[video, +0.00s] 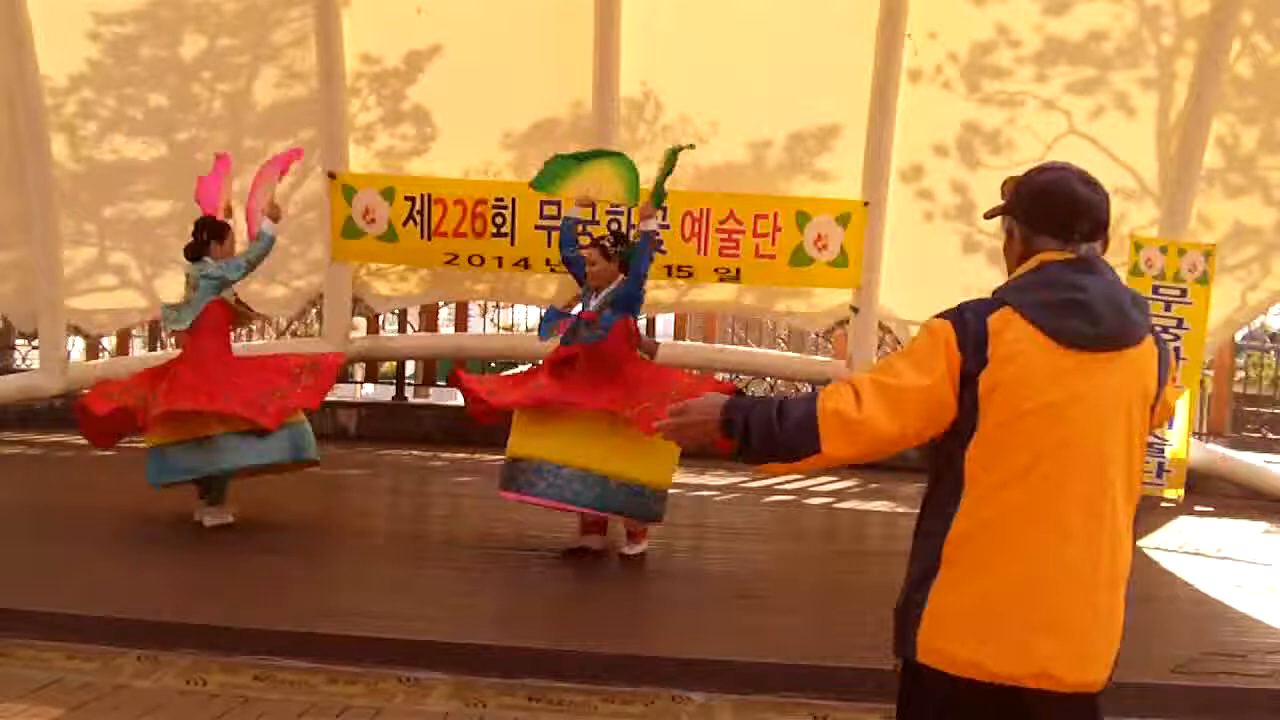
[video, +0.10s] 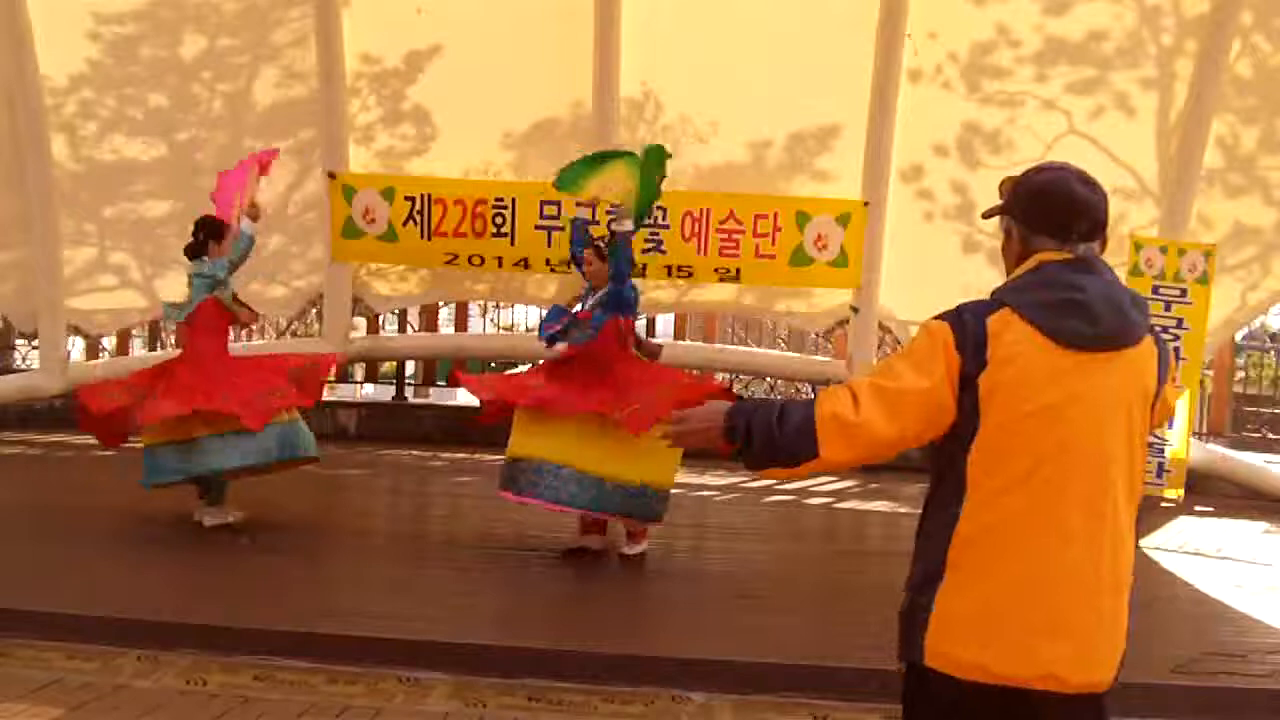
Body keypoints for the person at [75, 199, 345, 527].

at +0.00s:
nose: (233, 249)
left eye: (231, 242)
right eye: (229, 243)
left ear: (206, 245)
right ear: (216, 245)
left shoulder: (198, 274)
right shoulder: (213, 275)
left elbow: (227, 259)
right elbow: (249, 261)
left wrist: (223, 219)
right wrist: (272, 226)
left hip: (195, 361)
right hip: (211, 363)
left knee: (204, 429)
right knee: (217, 430)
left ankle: (207, 501)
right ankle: (215, 505)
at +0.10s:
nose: (231, 247)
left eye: (230, 241)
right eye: (228, 242)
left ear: (205, 242)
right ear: (215, 244)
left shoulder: (202, 274)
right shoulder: (214, 278)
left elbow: (238, 253)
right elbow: (247, 317)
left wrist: (249, 223)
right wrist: (238, 308)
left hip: (198, 361)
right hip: (209, 362)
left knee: (205, 427)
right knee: (217, 429)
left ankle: (207, 501)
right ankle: (214, 505)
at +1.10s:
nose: (203, 247)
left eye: (209, 241)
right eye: (197, 241)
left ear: (218, 244)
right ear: (189, 246)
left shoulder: (228, 274)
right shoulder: (180, 275)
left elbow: (262, 253)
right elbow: (142, 257)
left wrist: (289, 223)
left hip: (217, 354)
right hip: (186, 354)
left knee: (212, 425)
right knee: (186, 426)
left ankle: (200, 498)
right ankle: (188, 502)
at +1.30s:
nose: (182, 244)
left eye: (190, 237)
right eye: (182, 237)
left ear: (207, 239)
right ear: (185, 242)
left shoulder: (212, 274)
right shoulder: (191, 275)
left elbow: (199, 242)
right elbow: (161, 255)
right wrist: (147, 225)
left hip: (205, 356)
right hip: (187, 355)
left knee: (193, 425)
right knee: (188, 425)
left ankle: (193, 502)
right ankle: (190, 499)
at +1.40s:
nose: (189, 236)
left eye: (195, 231)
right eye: (192, 231)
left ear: (207, 235)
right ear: (209, 236)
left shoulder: (199, 266)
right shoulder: (212, 267)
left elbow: (161, 252)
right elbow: (169, 253)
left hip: (190, 352)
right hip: (205, 350)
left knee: (181, 420)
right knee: (191, 419)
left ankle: (183, 502)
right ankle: (190, 498)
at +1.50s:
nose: (182, 234)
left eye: (187, 231)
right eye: (187, 230)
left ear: (192, 240)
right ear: (213, 244)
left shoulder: (182, 274)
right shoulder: (219, 275)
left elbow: (138, 252)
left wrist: (109, 212)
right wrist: (248, 224)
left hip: (186, 357)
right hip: (215, 357)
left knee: (182, 427)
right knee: (203, 428)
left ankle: (182, 507)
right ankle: (198, 504)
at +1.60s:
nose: (207, 247)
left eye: (197, 238)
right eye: (209, 242)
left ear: (182, 244)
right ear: (208, 248)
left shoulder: (168, 276)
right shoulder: (216, 282)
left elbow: (137, 256)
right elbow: (260, 275)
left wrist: (123, 222)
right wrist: (286, 240)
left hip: (173, 361)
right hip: (207, 362)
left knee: (172, 429)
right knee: (199, 429)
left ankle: (175, 506)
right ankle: (189, 502)